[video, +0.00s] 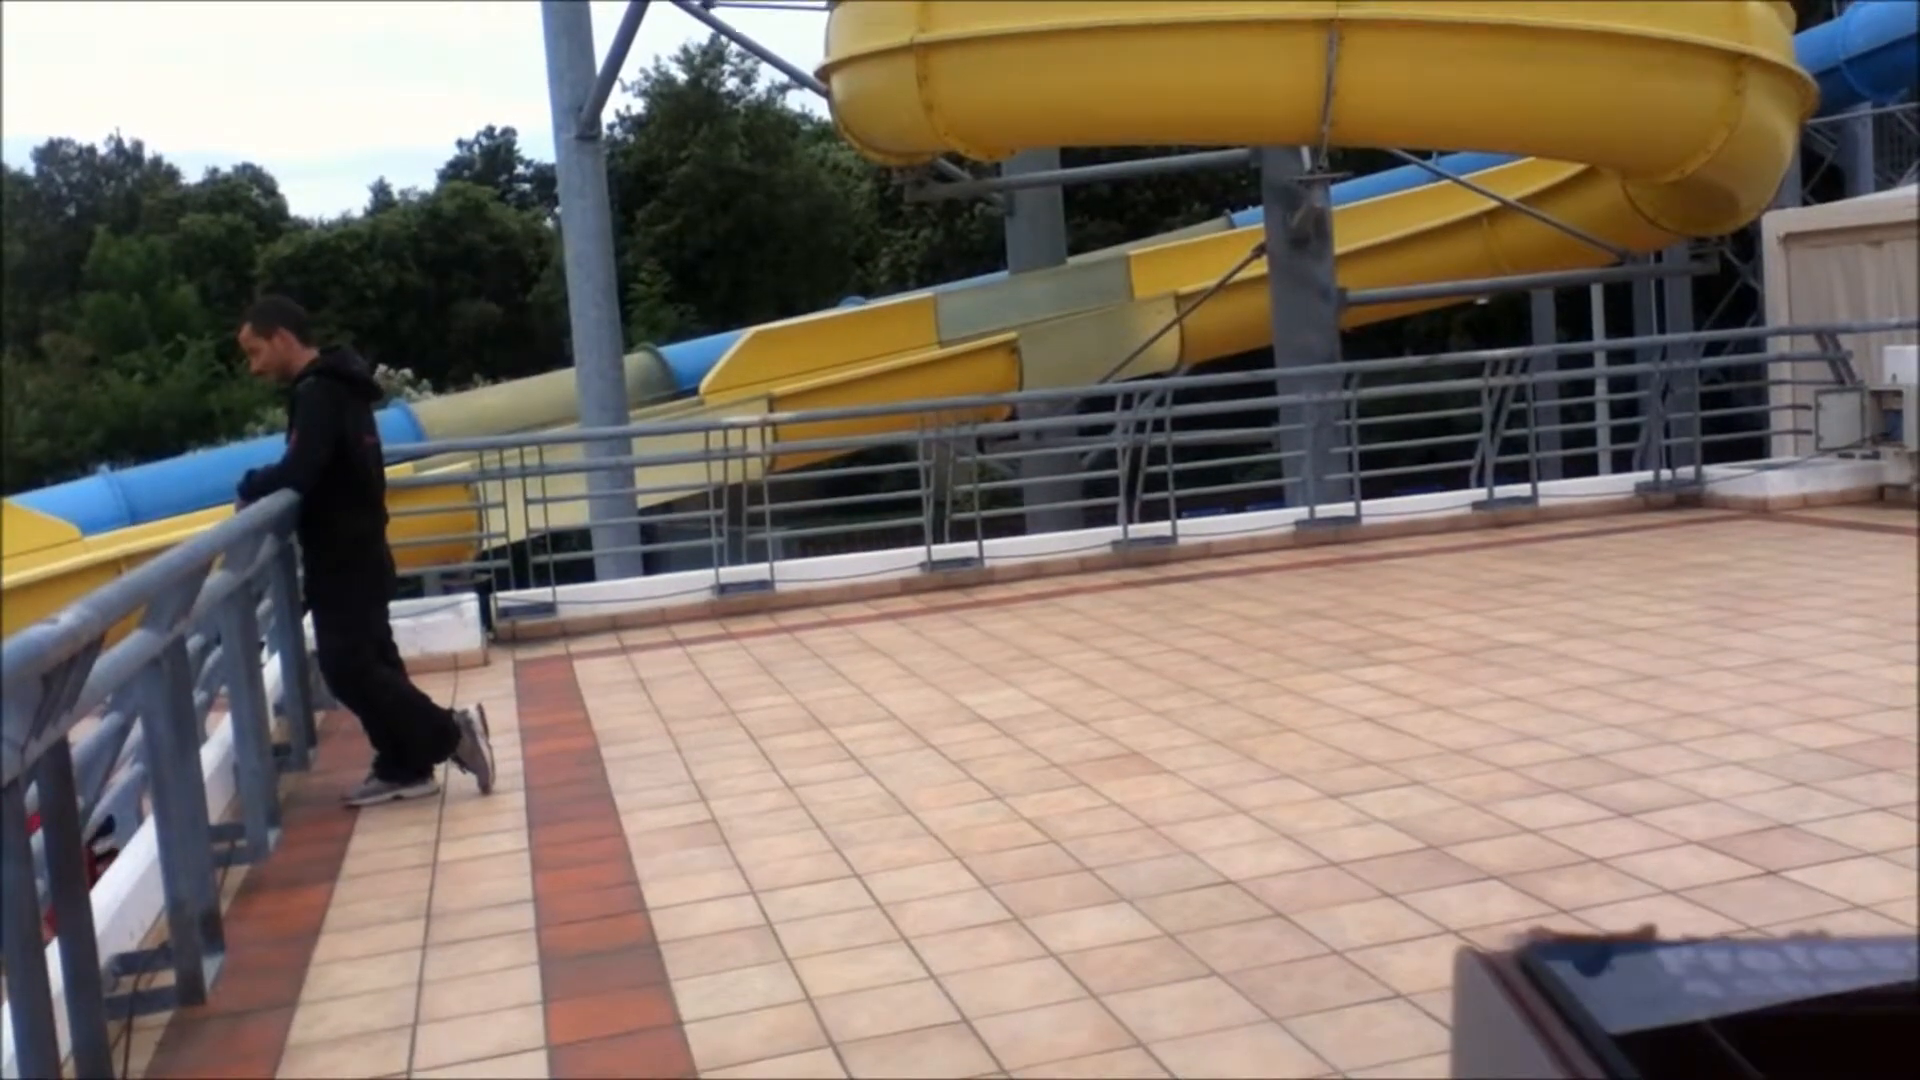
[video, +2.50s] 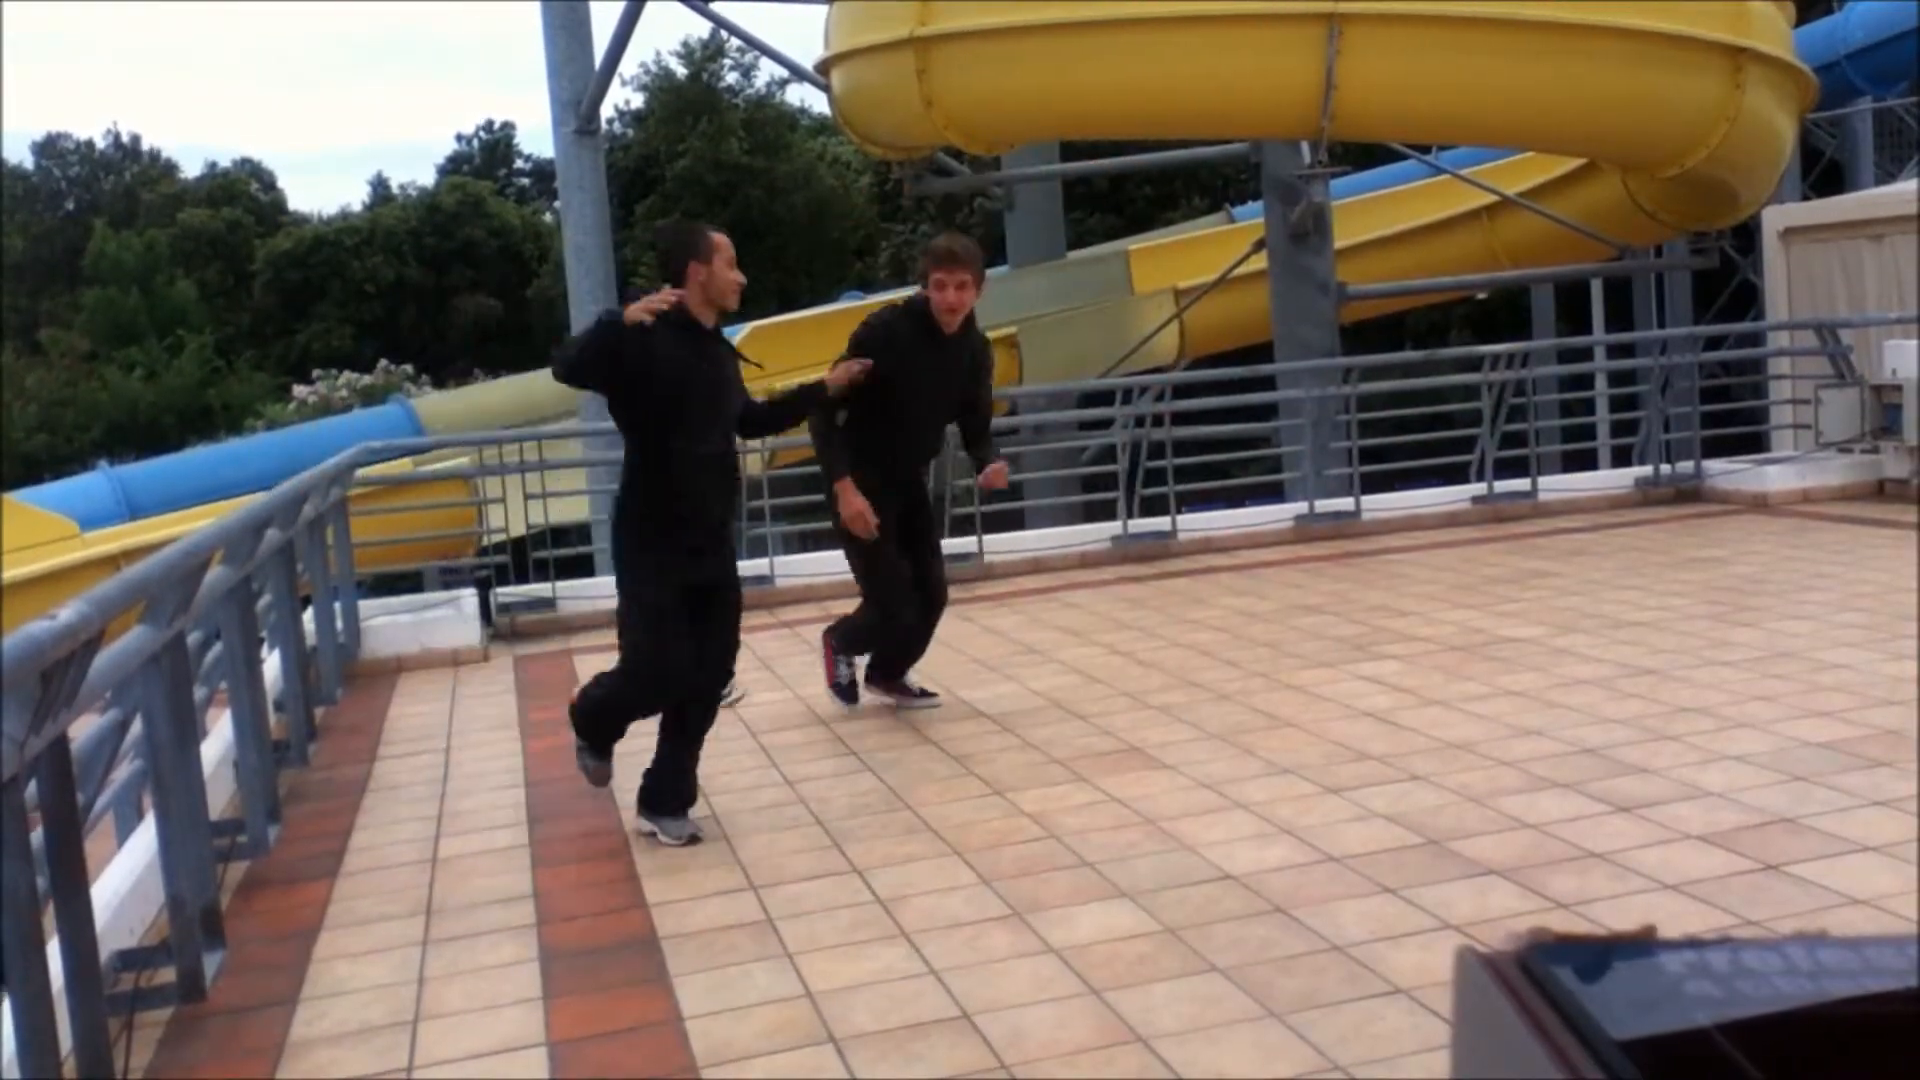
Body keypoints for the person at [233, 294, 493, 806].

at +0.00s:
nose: (252, 366)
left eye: (254, 352)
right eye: (248, 355)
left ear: (283, 339)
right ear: (288, 342)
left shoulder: (318, 392)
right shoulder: (334, 382)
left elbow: (303, 471)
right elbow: (315, 467)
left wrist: (253, 486)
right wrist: (268, 483)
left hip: (343, 558)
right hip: (357, 553)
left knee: (346, 670)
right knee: (371, 659)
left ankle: (449, 734)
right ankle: (402, 769)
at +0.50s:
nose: (252, 358)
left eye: (253, 343)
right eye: (248, 346)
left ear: (283, 333)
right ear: (289, 335)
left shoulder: (319, 386)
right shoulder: (334, 377)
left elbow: (303, 465)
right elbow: (311, 463)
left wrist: (247, 485)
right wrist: (261, 484)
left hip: (345, 552)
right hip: (359, 548)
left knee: (348, 666)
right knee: (373, 654)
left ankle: (451, 730)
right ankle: (403, 765)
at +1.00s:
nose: (254, 354)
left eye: (255, 340)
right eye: (252, 342)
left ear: (278, 333)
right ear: (291, 332)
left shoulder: (320, 384)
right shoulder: (332, 376)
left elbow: (304, 466)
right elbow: (315, 465)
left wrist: (247, 478)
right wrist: (260, 481)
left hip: (351, 552)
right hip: (356, 549)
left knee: (354, 664)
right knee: (359, 660)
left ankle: (457, 726)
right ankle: (401, 766)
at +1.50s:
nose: (385, 316)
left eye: (393, 308)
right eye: (372, 306)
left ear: (402, 317)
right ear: (344, 316)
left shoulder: (430, 375)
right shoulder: (335, 385)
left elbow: (468, 451)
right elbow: (315, 444)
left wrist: (396, 465)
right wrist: (272, 496)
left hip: (442, 530)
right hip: (383, 532)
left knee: (441, 646)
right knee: (360, 644)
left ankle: (452, 753)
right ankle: (392, 756)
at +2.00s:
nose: (522, 339)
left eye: (526, 329)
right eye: (508, 331)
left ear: (531, 333)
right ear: (473, 340)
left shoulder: (550, 392)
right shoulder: (443, 397)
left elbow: (599, 430)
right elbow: (388, 442)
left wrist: (638, 445)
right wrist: (328, 480)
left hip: (528, 550)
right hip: (469, 551)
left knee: (502, 655)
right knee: (511, 654)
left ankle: (456, 746)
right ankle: (538, 775)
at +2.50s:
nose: (741, 276)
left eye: (737, 265)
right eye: (730, 265)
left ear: (705, 275)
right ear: (696, 274)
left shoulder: (718, 349)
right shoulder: (640, 339)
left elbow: (748, 420)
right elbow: (570, 366)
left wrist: (823, 390)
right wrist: (621, 321)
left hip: (710, 533)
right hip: (651, 535)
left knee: (707, 676)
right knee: (658, 671)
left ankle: (664, 804)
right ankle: (591, 722)